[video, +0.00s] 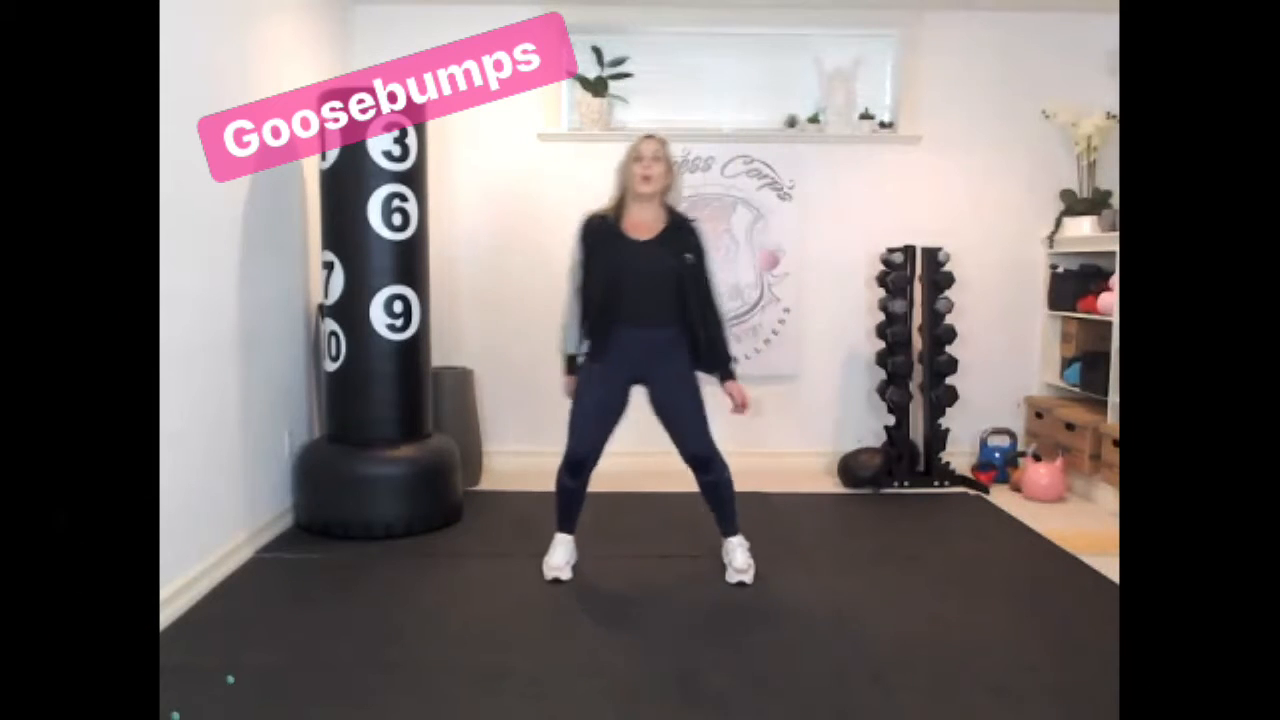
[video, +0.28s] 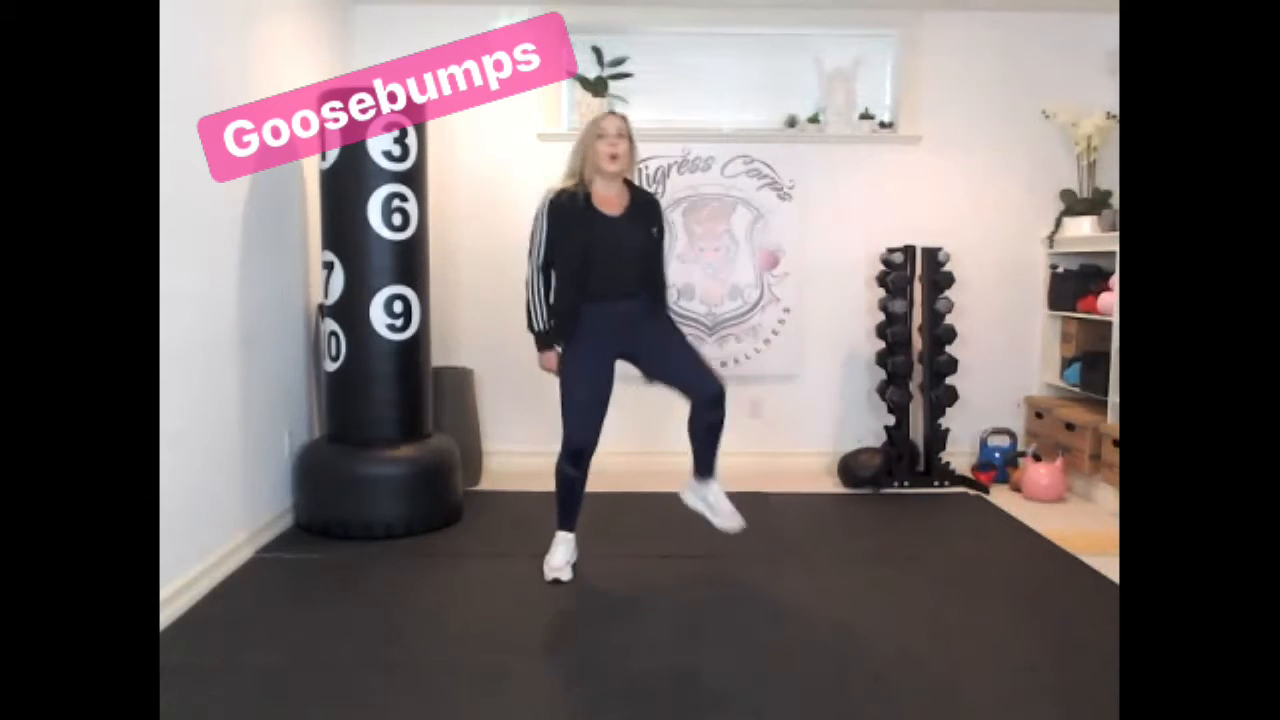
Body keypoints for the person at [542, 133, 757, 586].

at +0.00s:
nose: (647, 168)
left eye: (656, 161)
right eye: (639, 160)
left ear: (669, 173)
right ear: (626, 170)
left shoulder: (682, 232)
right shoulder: (598, 229)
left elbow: (703, 305)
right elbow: (580, 298)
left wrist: (726, 374)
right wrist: (571, 364)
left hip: (669, 356)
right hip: (609, 356)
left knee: (701, 454)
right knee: (579, 455)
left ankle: (733, 540)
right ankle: (563, 539)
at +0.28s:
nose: (613, 146)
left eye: (621, 138)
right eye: (604, 138)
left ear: (632, 149)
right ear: (587, 148)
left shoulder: (646, 205)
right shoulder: (561, 205)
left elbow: (655, 275)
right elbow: (540, 272)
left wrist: (660, 330)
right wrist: (546, 338)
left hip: (643, 325)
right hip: (585, 331)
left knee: (710, 392)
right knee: (578, 443)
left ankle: (703, 486)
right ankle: (564, 537)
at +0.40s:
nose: (611, 153)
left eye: (616, 145)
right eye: (600, 146)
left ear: (627, 155)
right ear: (582, 156)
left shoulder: (642, 212)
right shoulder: (560, 213)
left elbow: (645, 284)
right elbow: (532, 271)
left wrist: (636, 352)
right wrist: (525, 320)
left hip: (636, 328)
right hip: (581, 335)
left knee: (714, 365)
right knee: (577, 451)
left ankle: (682, 456)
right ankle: (565, 538)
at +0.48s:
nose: (610, 162)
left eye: (616, 154)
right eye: (599, 155)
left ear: (625, 163)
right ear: (581, 166)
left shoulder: (642, 221)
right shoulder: (559, 224)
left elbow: (647, 292)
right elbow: (535, 277)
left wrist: (636, 361)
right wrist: (514, 302)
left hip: (636, 338)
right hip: (583, 343)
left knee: (713, 370)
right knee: (576, 458)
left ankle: (679, 459)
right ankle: (565, 539)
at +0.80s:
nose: (648, 168)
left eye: (655, 160)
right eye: (638, 162)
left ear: (668, 170)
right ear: (622, 174)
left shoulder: (686, 229)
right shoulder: (601, 227)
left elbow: (694, 299)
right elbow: (573, 289)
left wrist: (696, 362)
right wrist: (527, 286)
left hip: (670, 353)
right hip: (612, 351)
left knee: (716, 452)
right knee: (586, 459)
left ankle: (753, 544)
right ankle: (565, 539)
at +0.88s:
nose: (676, 176)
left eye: (684, 168)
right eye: (666, 169)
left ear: (697, 178)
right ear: (650, 181)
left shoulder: (716, 238)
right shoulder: (631, 235)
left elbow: (727, 312)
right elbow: (603, 297)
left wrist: (736, 382)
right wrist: (556, 296)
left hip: (696, 362)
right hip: (637, 361)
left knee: (740, 461)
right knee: (606, 461)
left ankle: (764, 553)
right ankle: (567, 540)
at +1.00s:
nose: (707, 159)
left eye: (716, 151)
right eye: (697, 153)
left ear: (732, 160)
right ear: (686, 166)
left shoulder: (756, 220)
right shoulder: (667, 221)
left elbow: (780, 294)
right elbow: (640, 287)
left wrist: (790, 364)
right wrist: (600, 279)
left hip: (735, 349)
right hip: (675, 345)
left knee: (758, 455)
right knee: (627, 444)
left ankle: (768, 554)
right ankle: (584, 524)